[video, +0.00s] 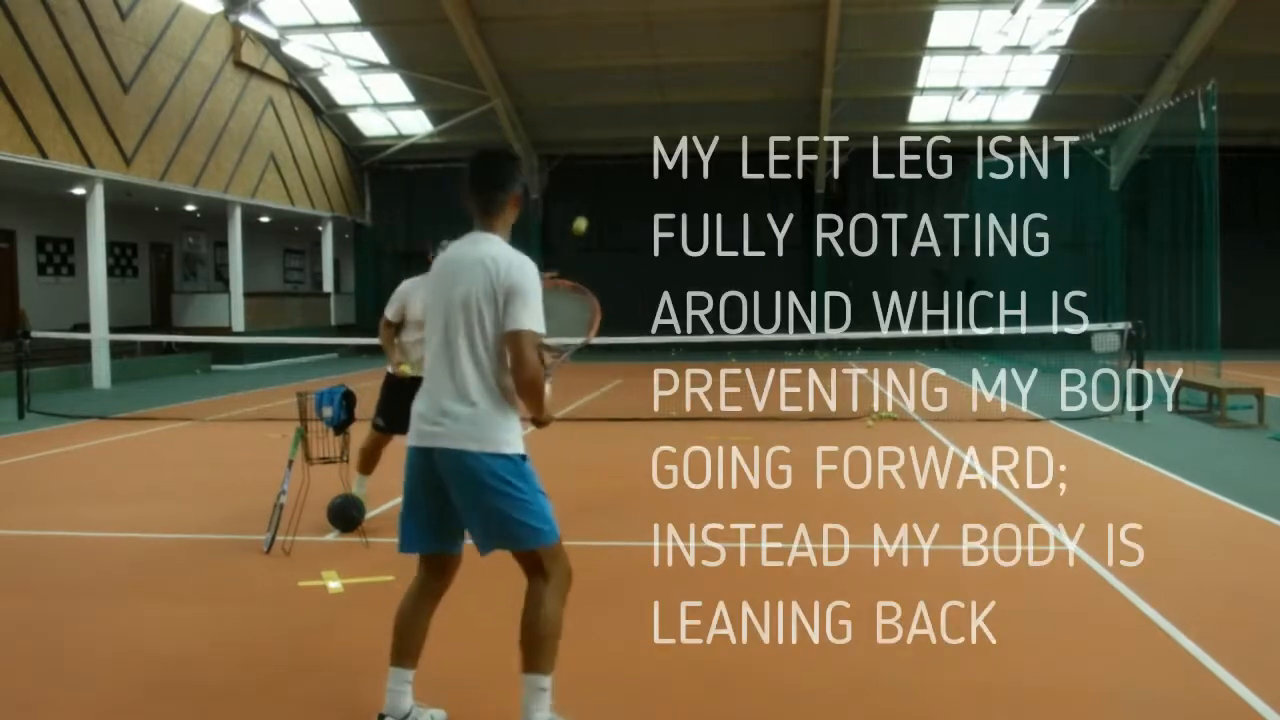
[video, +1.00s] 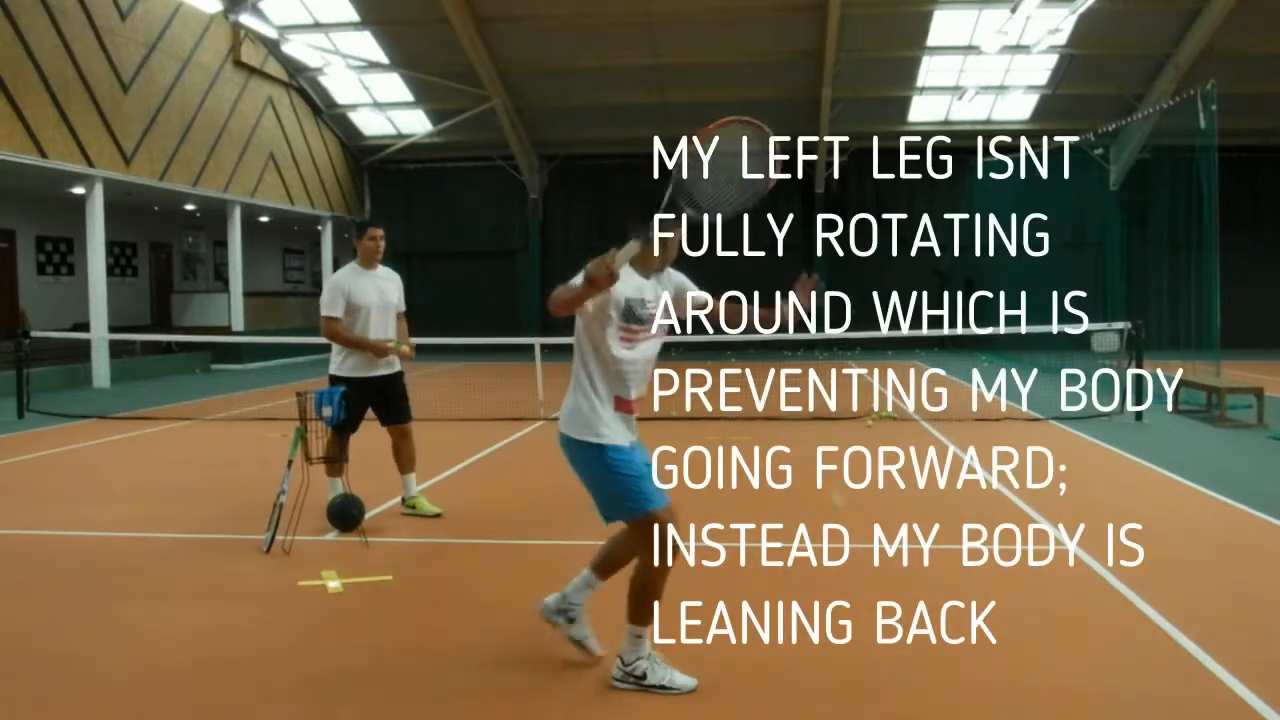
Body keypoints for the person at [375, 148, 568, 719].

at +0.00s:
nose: (521, 205)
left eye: (518, 197)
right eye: (521, 197)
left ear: (470, 200)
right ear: (515, 201)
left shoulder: (443, 261)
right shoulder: (514, 266)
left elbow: (438, 346)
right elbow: (525, 366)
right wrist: (539, 411)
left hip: (428, 441)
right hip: (485, 446)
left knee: (435, 569)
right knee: (551, 571)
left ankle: (396, 703)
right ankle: (537, 709)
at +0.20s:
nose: (556, 212)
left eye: (545, 203)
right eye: (556, 205)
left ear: (506, 205)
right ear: (551, 208)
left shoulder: (481, 269)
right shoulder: (539, 277)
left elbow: (496, 361)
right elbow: (558, 382)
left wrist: (571, 361)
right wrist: (585, 415)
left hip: (458, 449)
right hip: (505, 455)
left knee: (490, 561)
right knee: (559, 590)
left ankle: (412, 681)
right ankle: (521, 713)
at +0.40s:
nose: (581, 203)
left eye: (577, 195)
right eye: (582, 195)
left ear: (530, 195)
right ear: (576, 198)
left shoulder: (515, 256)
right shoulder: (554, 266)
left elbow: (546, 340)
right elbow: (591, 365)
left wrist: (617, 333)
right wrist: (651, 386)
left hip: (486, 434)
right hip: (517, 442)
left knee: (525, 560)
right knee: (543, 585)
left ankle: (488, 663)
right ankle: (517, 710)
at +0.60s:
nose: (604, 224)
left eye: (601, 214)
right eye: (602, 214)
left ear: (554, 216)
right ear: (594, 218)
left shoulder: (581, 279)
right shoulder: (551, 273)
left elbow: (639, 326)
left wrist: (701, 291)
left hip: (550, 449)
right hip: (529, 450)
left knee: (583, 551)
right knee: (553, 582)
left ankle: (519, 671)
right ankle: (518, 708)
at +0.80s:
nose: (644, 231)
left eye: (643, 223)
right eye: (639, 222)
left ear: (626, 226)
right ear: (621, 222)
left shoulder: (635, 274)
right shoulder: (573, 261)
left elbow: (689, 300)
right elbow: (557, 288)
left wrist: (733, 269)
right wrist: (619, 258)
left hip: (583, 433)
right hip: (560, 433)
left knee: (584, 554)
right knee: (622, 546)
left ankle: (519, 662)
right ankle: (579, 679)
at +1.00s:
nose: (680, 245)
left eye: (682, 236)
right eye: (674, 234)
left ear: (678, 242)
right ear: (654, 234)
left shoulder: (671, 284)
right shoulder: (605, 273)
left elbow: (729, 315)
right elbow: (555, 307)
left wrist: (788, 306)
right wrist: (588, 287)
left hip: (620, 427)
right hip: (591, 428)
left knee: (649, 527)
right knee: (663, 531)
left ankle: (567, 602)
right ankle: (634, 659)